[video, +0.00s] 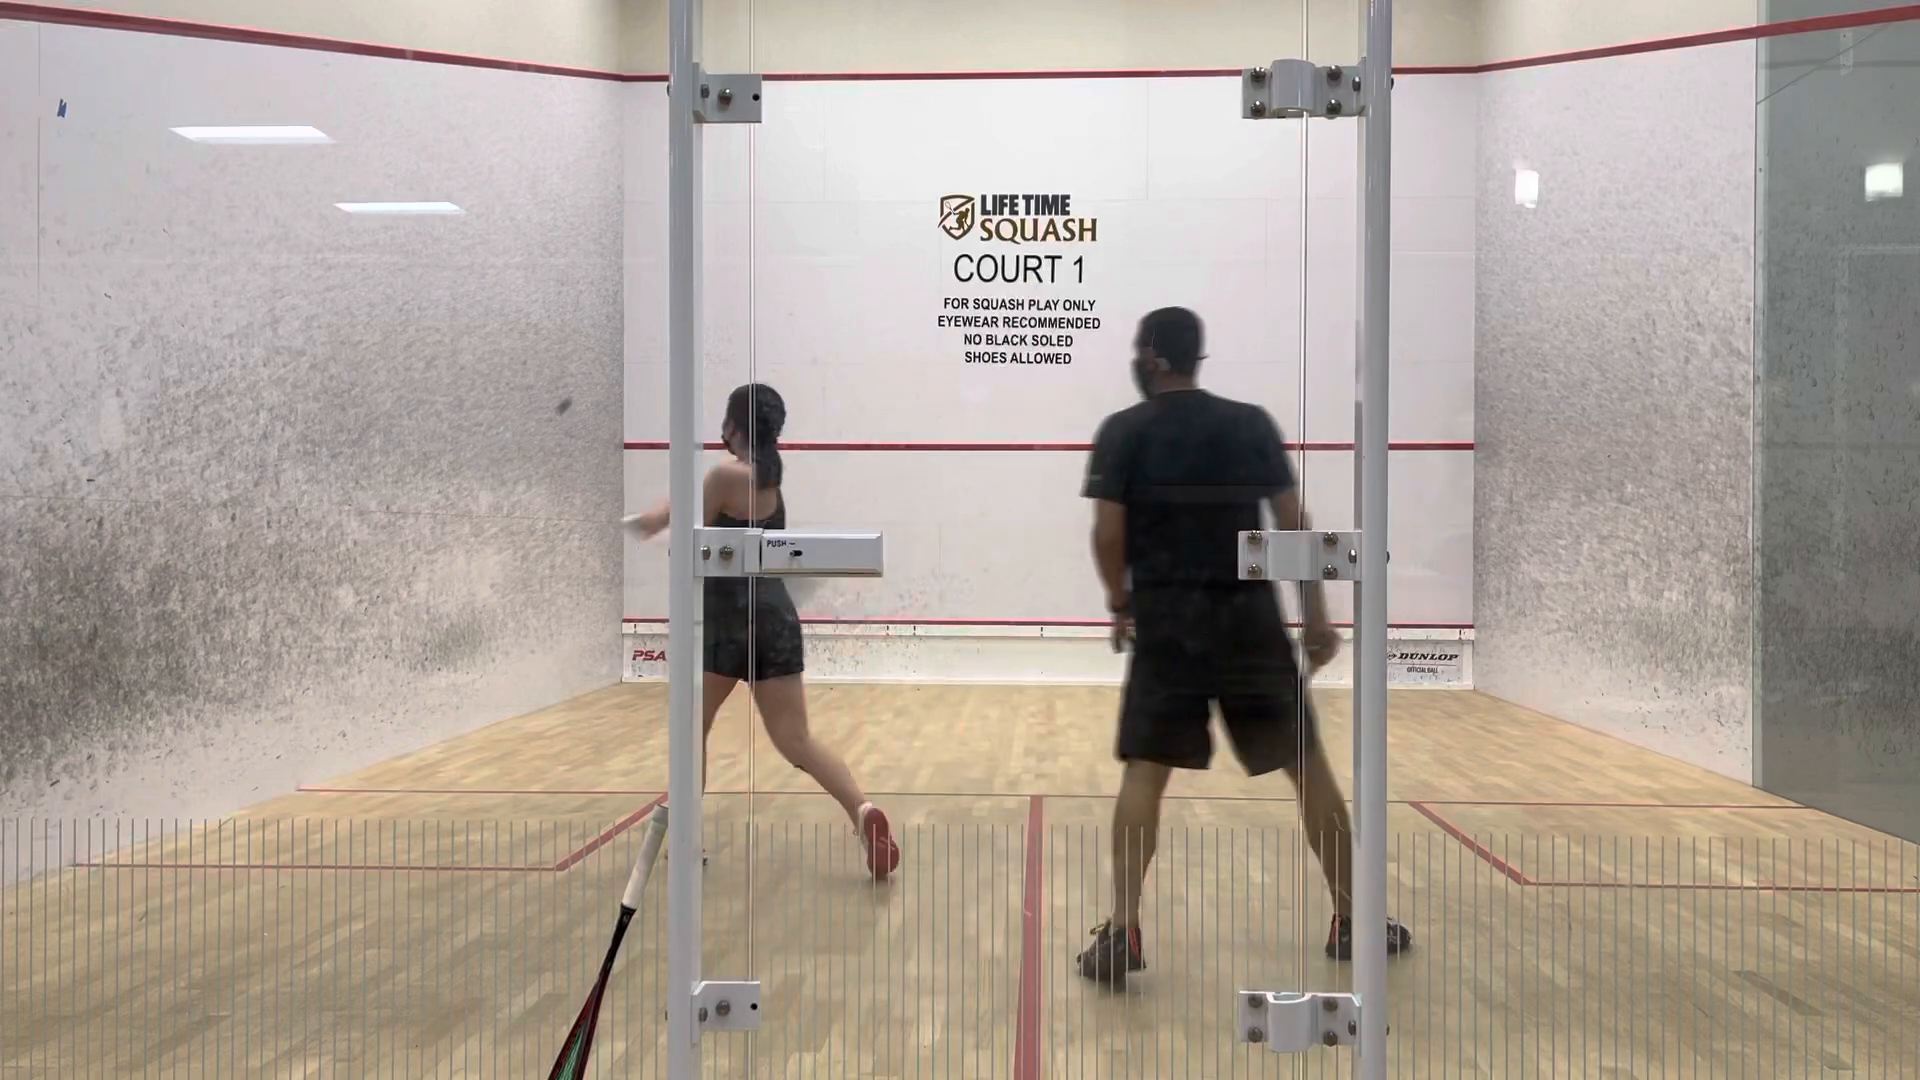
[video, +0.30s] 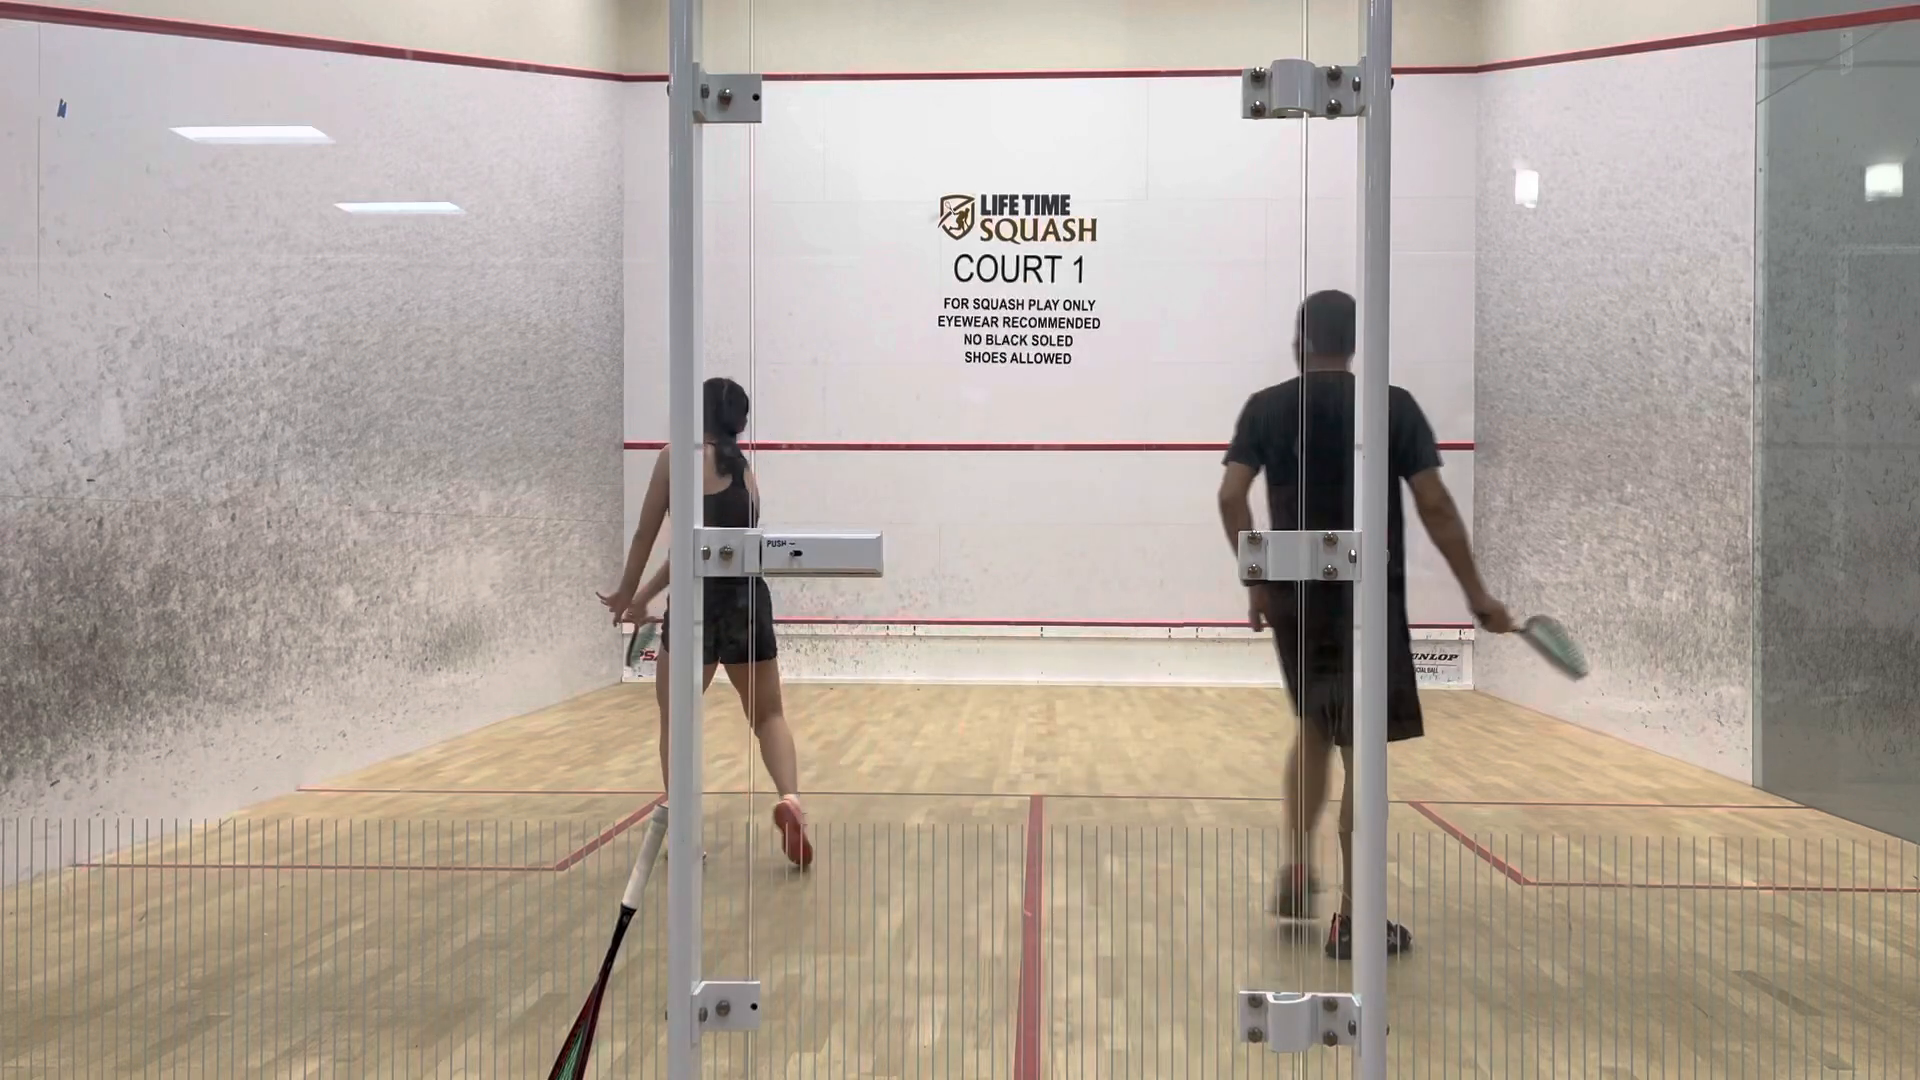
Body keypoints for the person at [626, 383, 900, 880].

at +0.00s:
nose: (721, 427)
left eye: (725, 419)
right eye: (724, 418)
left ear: (734, 425)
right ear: (770, 427)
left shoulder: (722, 476)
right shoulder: (769, 476)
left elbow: (682, 520)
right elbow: (711, 514)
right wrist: (665, 517)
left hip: (726, 622)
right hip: (775, 619)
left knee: (691, 728)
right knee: (794, 738)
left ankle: (684, 834)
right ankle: (862, 809)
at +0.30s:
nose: (679, 417)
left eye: (687, 409)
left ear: (695, 414)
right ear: (739, 423)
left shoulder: (674, 458)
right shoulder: (744, 471)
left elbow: (646, 533)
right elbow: (694, 545)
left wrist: (625, 591)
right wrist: (642, 597)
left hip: (692, 606)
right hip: (747, 605)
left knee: (675, 716)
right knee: (768, 712)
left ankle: (680, 825)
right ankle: (789, 796)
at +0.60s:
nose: (738, 417)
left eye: (733, 410)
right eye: (736, 411)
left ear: (684, 413)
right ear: (730, 418)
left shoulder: (656, 470)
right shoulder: (749, 473)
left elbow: (647, 544)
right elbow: (782, 541)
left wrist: (661, 591)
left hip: (693, 604)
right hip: (751, 604)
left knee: (690, 721)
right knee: (775, 708)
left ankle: (679, 825)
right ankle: (786, 809)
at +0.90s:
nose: (772, 430)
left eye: (768, 422)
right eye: (767, 423)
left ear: (718, 437)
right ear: (758, 432)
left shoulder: (701, 484)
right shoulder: (784, 483)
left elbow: (689, 548)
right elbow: (823, 548)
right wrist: (875, 557)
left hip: (722, 614)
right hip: (782, 613)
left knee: (698, 722)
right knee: (829, 710)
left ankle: (684, 821)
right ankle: (864, 811)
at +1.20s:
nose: (883, 424)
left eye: (879, 417)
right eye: (876, 420)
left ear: (839, 435)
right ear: (861, 432)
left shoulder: (823, 477)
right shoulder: (882, 482)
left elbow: (826, 538)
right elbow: (899, 549)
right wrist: (952, 577)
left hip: (820, 610)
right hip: (867, 613)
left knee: (795, 718)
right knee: (899, 715)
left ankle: (734, 792)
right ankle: (892, 818)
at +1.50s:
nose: (970, 427)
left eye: (967, 420)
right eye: (963, 421)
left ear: (927, 431)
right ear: (943, 430)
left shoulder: (902, 478)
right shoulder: (963, 483)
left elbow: (867, 533)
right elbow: (972, 551)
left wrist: (856, 592)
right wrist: (1017, 579)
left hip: (900, 610)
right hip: (940, 614)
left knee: (926, 707)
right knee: (956, 714)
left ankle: (914, 797)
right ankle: (901, 799)